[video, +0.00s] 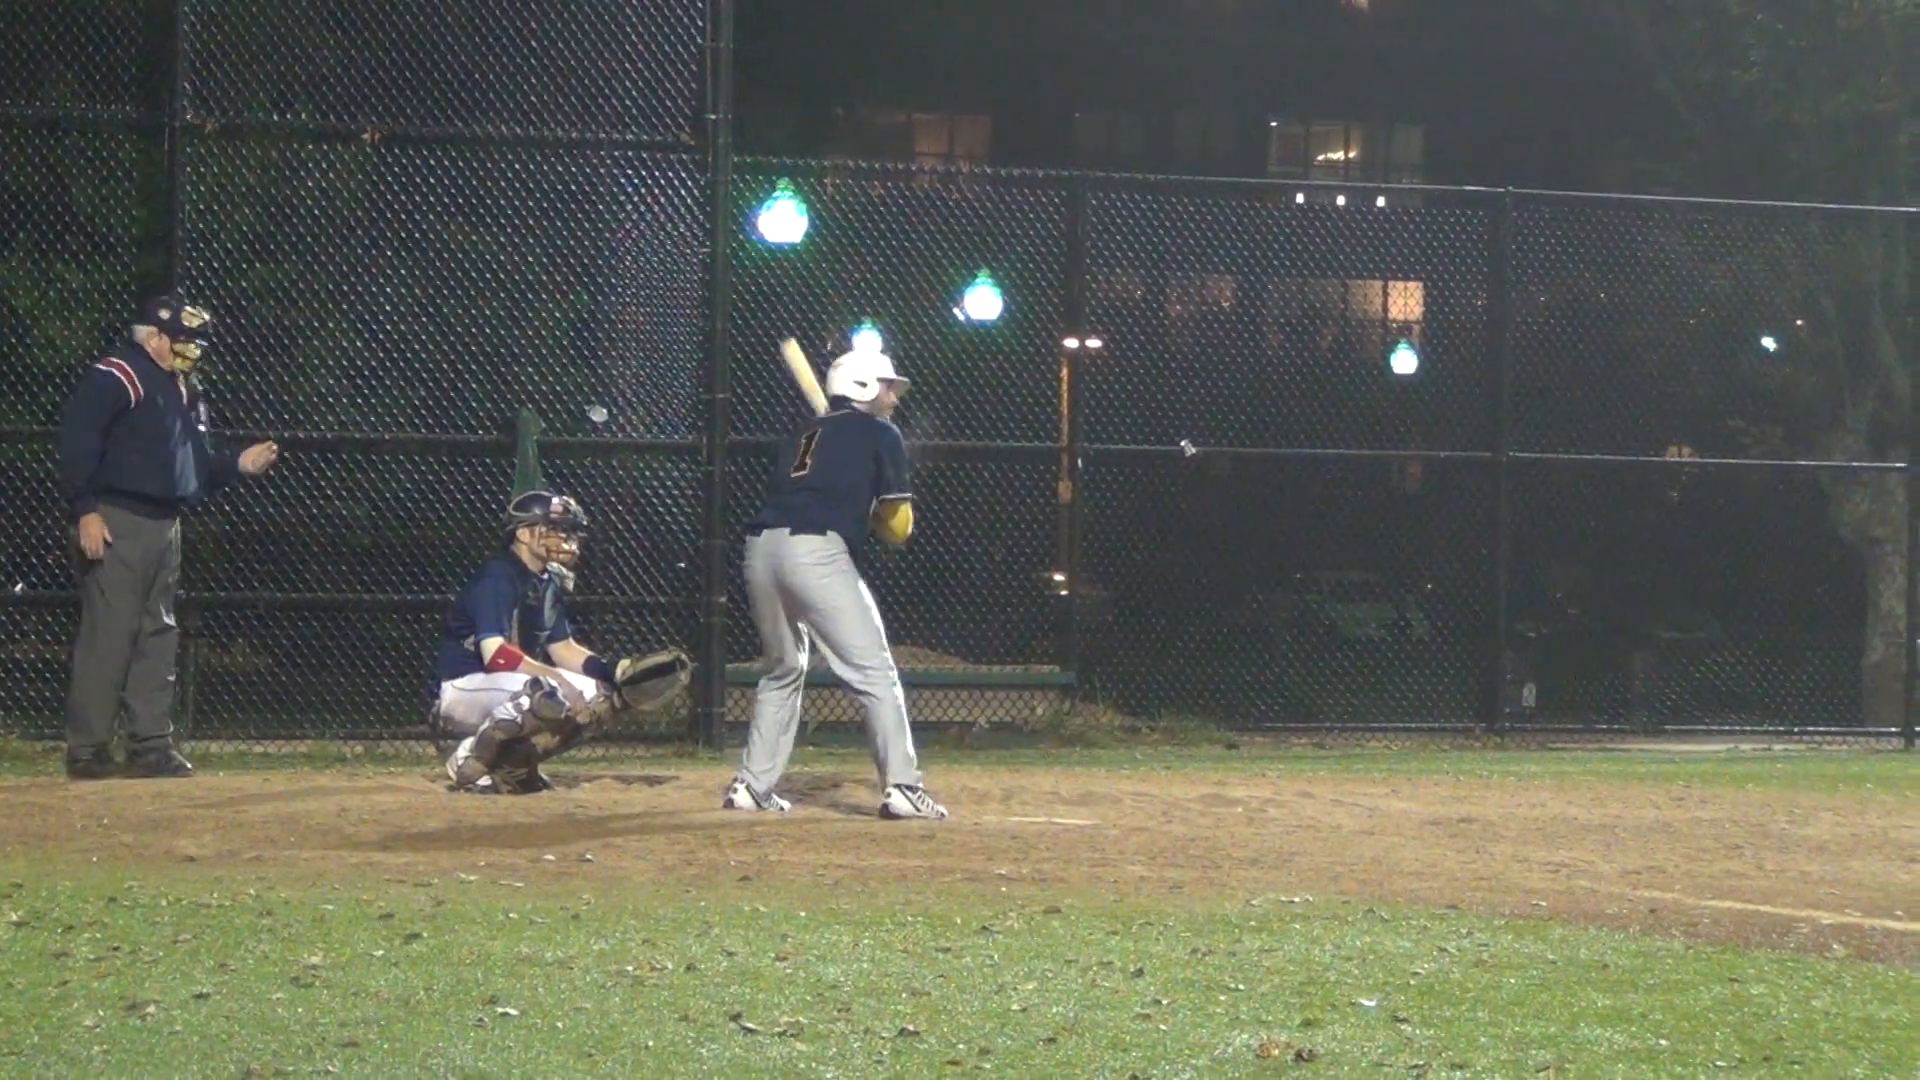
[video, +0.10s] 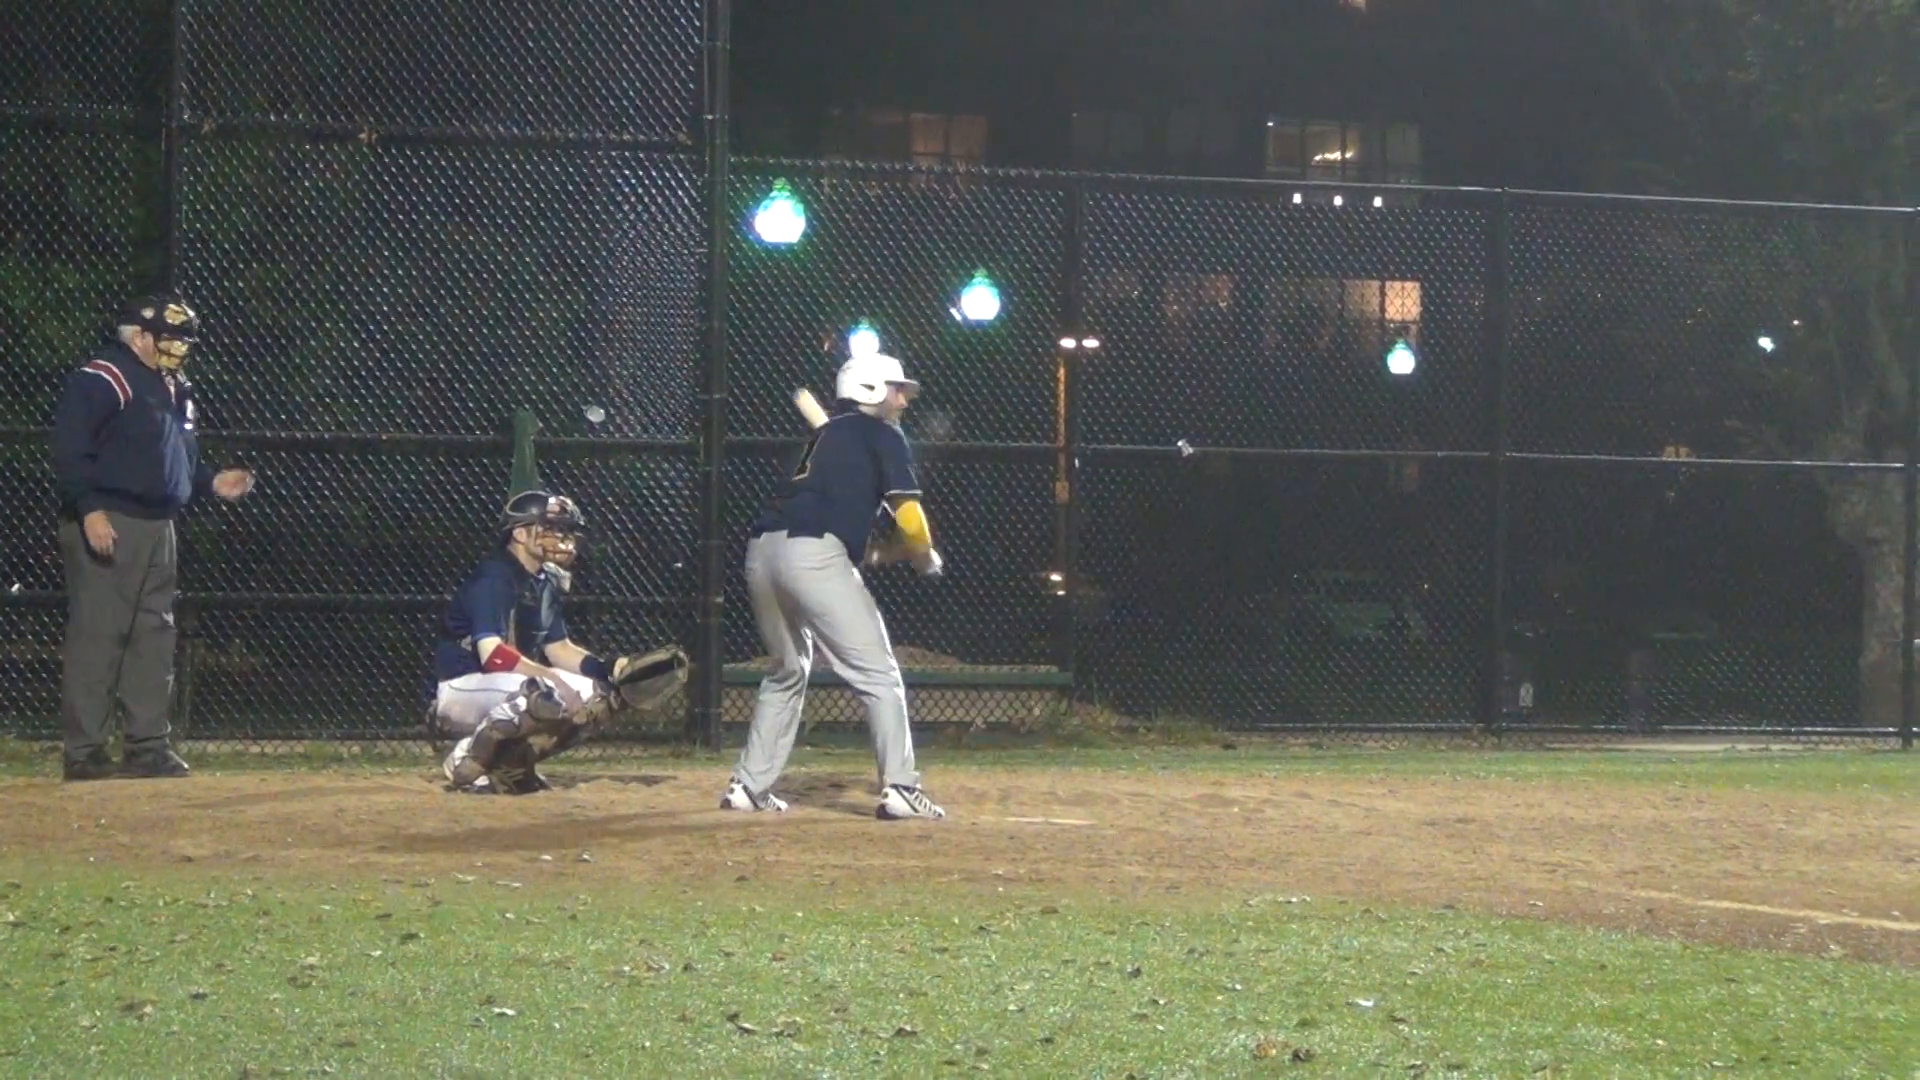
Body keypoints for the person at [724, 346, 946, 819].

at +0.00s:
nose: (896, 396)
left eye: (895, 386)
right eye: (889, 386)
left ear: (842, 390)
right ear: (865, 388)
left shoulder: (801, 432)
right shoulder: (881, 433)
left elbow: (790, 495)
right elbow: (897, 525)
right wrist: (859, 503)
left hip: (759, 548)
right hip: (816, 549)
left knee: (782, 670)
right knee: (876, 675)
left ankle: (753, 785)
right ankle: (903, 789)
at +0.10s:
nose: (904, 399)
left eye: (903, 389)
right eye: (896, 389)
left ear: (853, 394)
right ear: (872, 392)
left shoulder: (826, 432)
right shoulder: (884, 434)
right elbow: (911, 522)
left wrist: (894, 551)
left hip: (761, 550)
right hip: (815, 552)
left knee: (786, 672)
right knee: (880, 677)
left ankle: (749, 787)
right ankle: (901, 789)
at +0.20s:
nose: (913, 403)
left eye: (913, 394)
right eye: (906, 393)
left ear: (866, 398)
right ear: (879, 394)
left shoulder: (836, 441)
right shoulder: (884, 434)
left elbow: (860, 560)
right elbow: (910, 519)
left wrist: (924, 578)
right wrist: (941, 575)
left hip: (765, 554)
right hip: (816, 555)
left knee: (791, 675)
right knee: (883, 677)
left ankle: (747, 787)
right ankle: (900, 789)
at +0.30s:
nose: (920, 407)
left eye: (920, 398)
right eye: (913, 397)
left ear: (873, 401)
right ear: (885, 396)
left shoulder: (839, 443)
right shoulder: (884, 437)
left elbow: (868, 560)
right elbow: (903, 517)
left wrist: (937, 587)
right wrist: (945, 579)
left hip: (768, 558)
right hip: (815, 559)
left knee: (796, 676)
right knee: (886, 676)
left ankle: (747, 788)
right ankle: (899, 791)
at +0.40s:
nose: (925, 408)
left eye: (925, 399)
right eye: (917, 398)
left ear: (880, 402)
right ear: (889, 398)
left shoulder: (848, 443)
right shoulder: (883, 439)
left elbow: (882, 554)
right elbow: (899, 521)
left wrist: (950, 597)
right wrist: (948, 587)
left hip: (772, 561)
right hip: (816, 562)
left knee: (800, 678)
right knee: (888, 675)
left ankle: (746, 789)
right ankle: (898, 792)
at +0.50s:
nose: (928, 411)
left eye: (929, 402)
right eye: (921, 401)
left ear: (885, 404)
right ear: (892, 400)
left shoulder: (851, 444)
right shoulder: (884, 443)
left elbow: (890, 551)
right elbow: (900, 524)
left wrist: (951, 590)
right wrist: (949, 589)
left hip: (773, 564)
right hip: (817, 565)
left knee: (801, 679)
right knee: (891, 676)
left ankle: (747, 790)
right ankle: (897, 792)